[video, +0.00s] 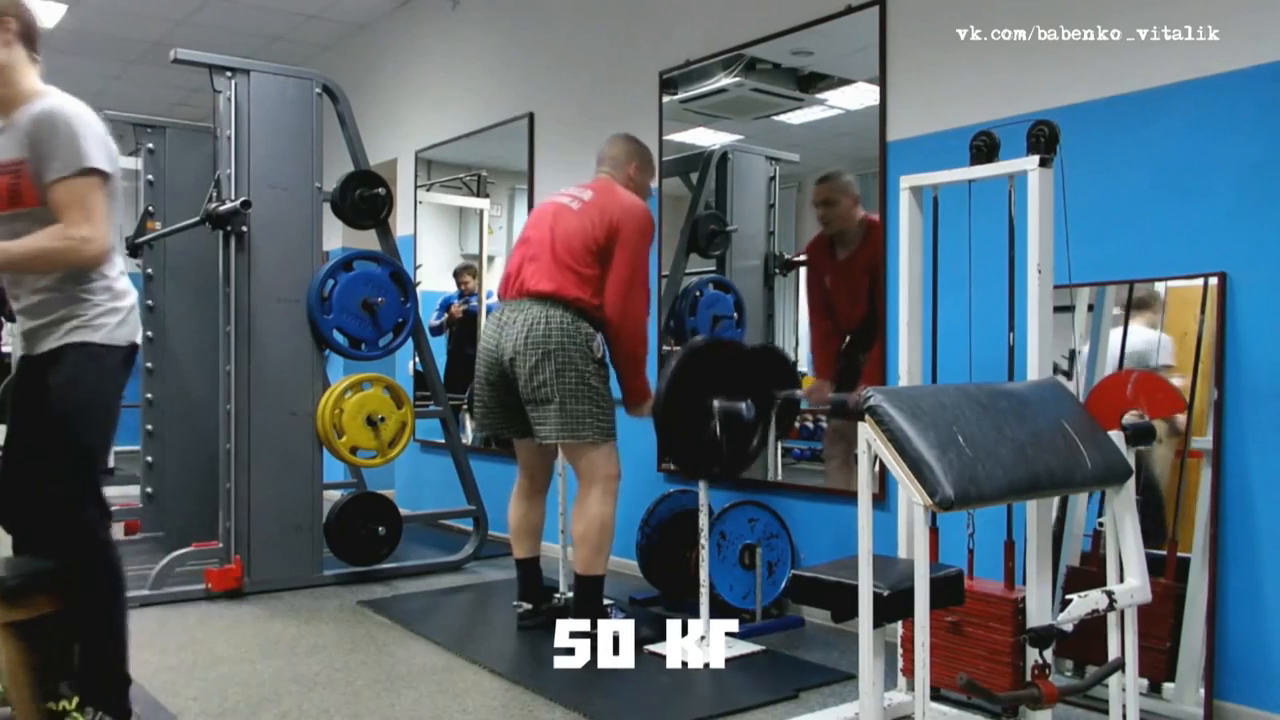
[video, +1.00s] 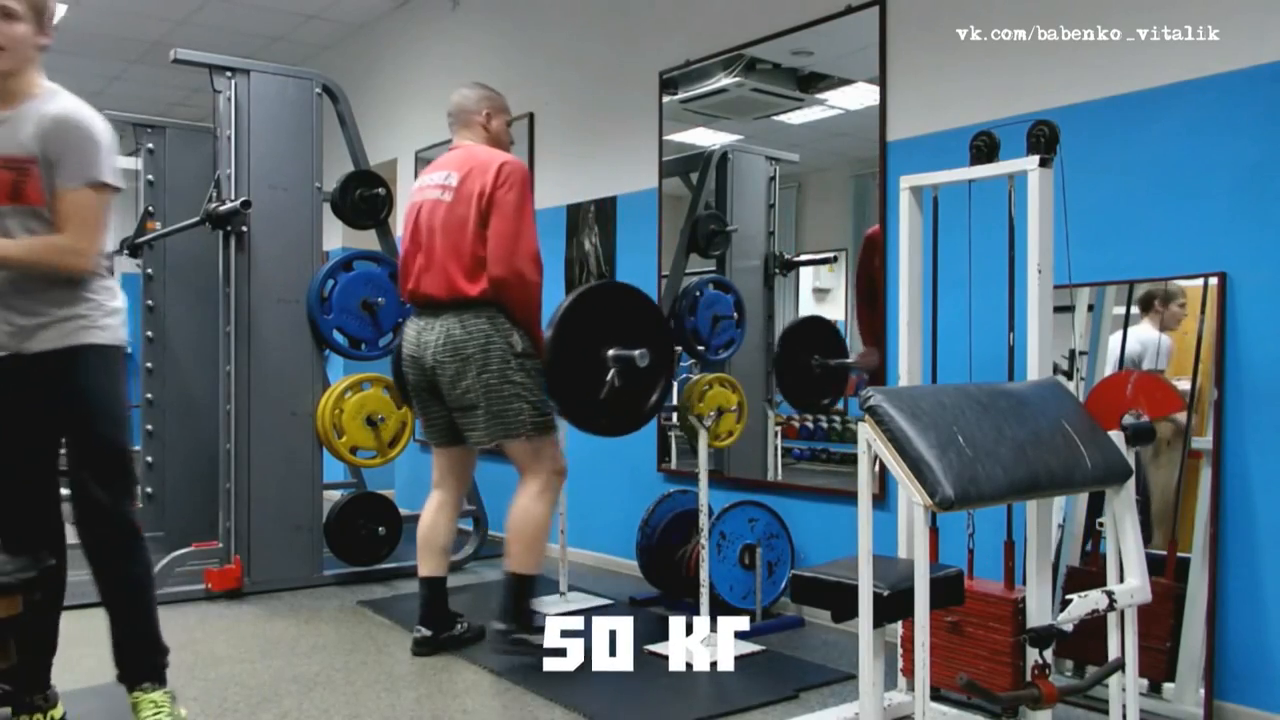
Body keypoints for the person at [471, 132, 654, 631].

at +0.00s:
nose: (648, 193)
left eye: (649, 186)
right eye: (648, 184)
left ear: (602, 168)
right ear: (634, 171)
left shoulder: (557, 201)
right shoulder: (631, 209)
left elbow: (511, 282)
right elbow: (623, 307)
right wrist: (637, 390)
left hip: (502, 327)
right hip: (558, 332)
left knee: (532, 470)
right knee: (598, 475)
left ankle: (532, 598)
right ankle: (588, 612)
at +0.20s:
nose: (630, 157)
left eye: (630, 150)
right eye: (630, 149)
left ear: (582, 138)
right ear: (617, 141)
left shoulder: (543, 181)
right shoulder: (622, 185)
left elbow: (508, 276)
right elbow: (615, 283)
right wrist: (628, 357)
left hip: (509, 328)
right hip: (569, 332)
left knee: (532, 469)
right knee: (598, 475)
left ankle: (529, 595)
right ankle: (588, 611)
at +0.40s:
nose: (602, 134)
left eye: (601, 127)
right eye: (600, 126)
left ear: (548, 121)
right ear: (585, 122)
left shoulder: (514, 172)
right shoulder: (598, 172)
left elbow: (497, 268)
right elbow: (604, 270)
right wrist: (619, 343)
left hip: (500, 331)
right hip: (563, 334)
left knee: (514, 467)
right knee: (590, 477)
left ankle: (478, 595)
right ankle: (588, 615)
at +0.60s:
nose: (558, 130)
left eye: (555, 121)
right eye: (555, 121)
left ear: (507, 123)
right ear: (541, 120)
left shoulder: (477, 179)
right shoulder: (555, 173)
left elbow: (467, 274)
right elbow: (569, 270)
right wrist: (595, 342)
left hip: (472, 338)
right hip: (534, 336)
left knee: (488, 474)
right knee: (576, 476)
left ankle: (439, 610)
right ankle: (586, 618)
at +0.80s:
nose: (523, 133)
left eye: (522, 124)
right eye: (520, 123)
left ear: (472, 124)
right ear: (500, 121)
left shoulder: (442, 180)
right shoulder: (516, 171)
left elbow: (431, 276)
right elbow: (528, 270)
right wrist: (559, 342)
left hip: (439, 335)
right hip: (498, 333)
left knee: (459, 482)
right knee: (552, 477)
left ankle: (435, 619)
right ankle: (578, 617)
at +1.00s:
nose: (509, 132)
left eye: (508, 123)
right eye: (507, 122)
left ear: (459, 122)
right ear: (486, 118)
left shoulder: (427, 177)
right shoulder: (504, 168)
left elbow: (408, 269)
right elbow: (511, 268)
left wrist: (438, 315)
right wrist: (532, 339)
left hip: (419, 333)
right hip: (480, 330)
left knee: (448, 479)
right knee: (542, 470)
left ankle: (434, 621)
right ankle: (516, 616)